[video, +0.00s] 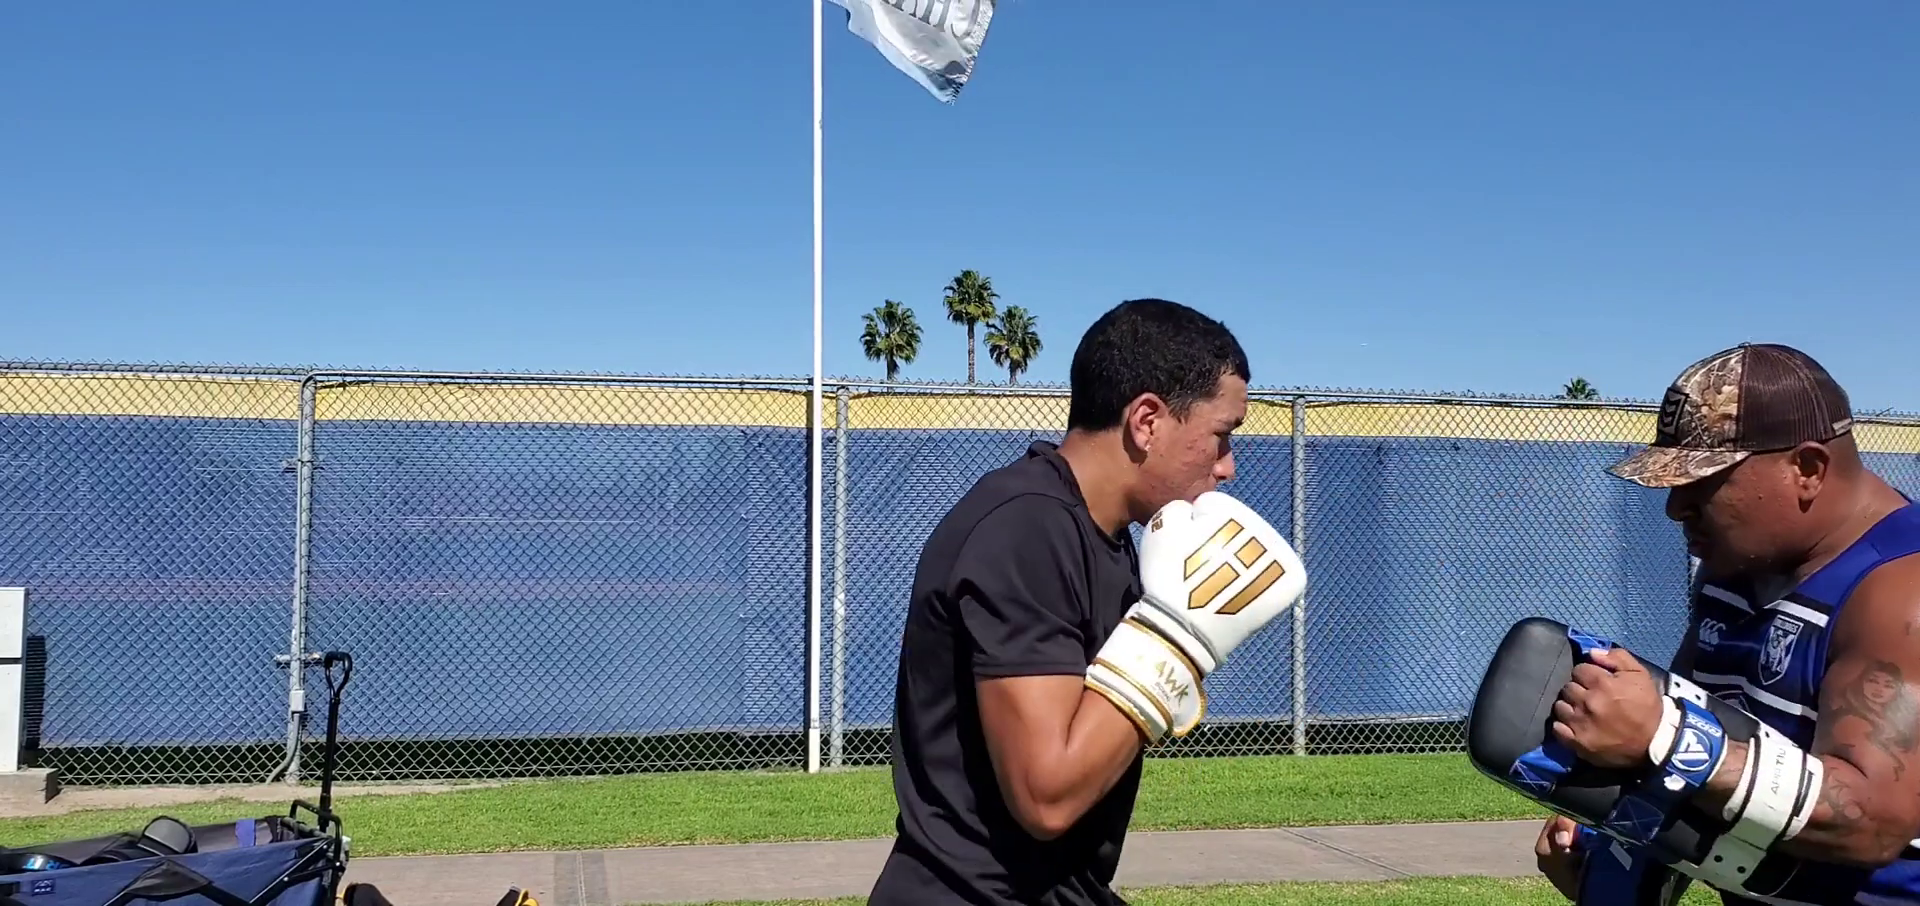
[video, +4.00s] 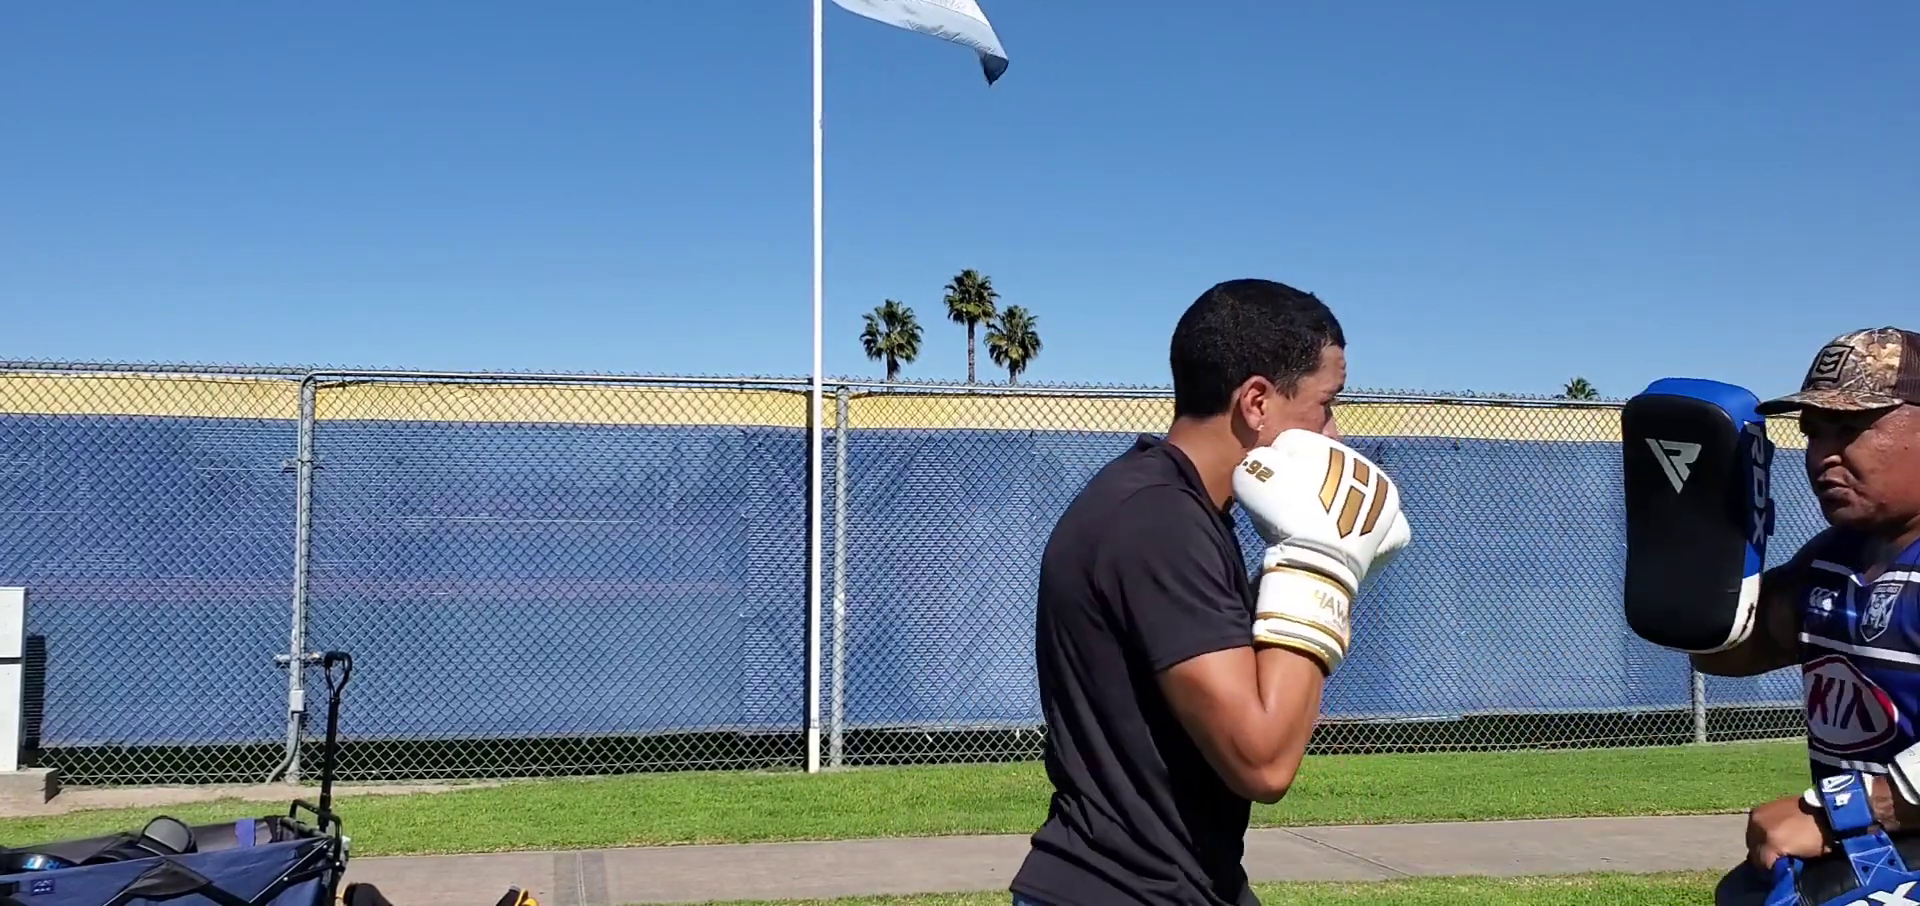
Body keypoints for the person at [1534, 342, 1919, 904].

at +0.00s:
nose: (1674, 508)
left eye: (1702, 483)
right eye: (1676, 482)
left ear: (1807, 471)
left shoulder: (1900, 594)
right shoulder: (1734, 557)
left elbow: (1870, 819)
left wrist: (1668, 735)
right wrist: (1611, 841)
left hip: (1869, 893)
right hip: (1753, 885)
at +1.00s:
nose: (1758, 527)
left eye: (1800, 506)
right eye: (1749, 490)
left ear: (1902, 502)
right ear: (1732, 468)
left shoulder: (1882, 630)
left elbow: (1636, 672)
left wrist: (1632, 487)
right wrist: (1592, 790)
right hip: (1749, 884)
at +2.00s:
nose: (1836, 472)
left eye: (1867, 446)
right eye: (1835, 444)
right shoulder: (1865, 551)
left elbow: (1907, 783)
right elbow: (1763, 611)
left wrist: (1777, 823)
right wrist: (1718, 503)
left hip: (1897, 869)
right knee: (1722, 886)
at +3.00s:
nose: (1693, 504)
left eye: (1707, 476)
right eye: (1685, 489)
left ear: (1774, 451)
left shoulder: (1900, 542)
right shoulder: (1734, 584)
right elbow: (1624, 635)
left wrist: (1865, 850)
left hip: (1898, 883)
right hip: (1794, 875)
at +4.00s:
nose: (1818, 456)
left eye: (1848, 428)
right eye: (1813, 432)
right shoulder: (1832, 557)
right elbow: (1727, 649)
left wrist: (1834, 812)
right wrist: (1698, 497)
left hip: (1906, 853)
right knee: (1741, 889)